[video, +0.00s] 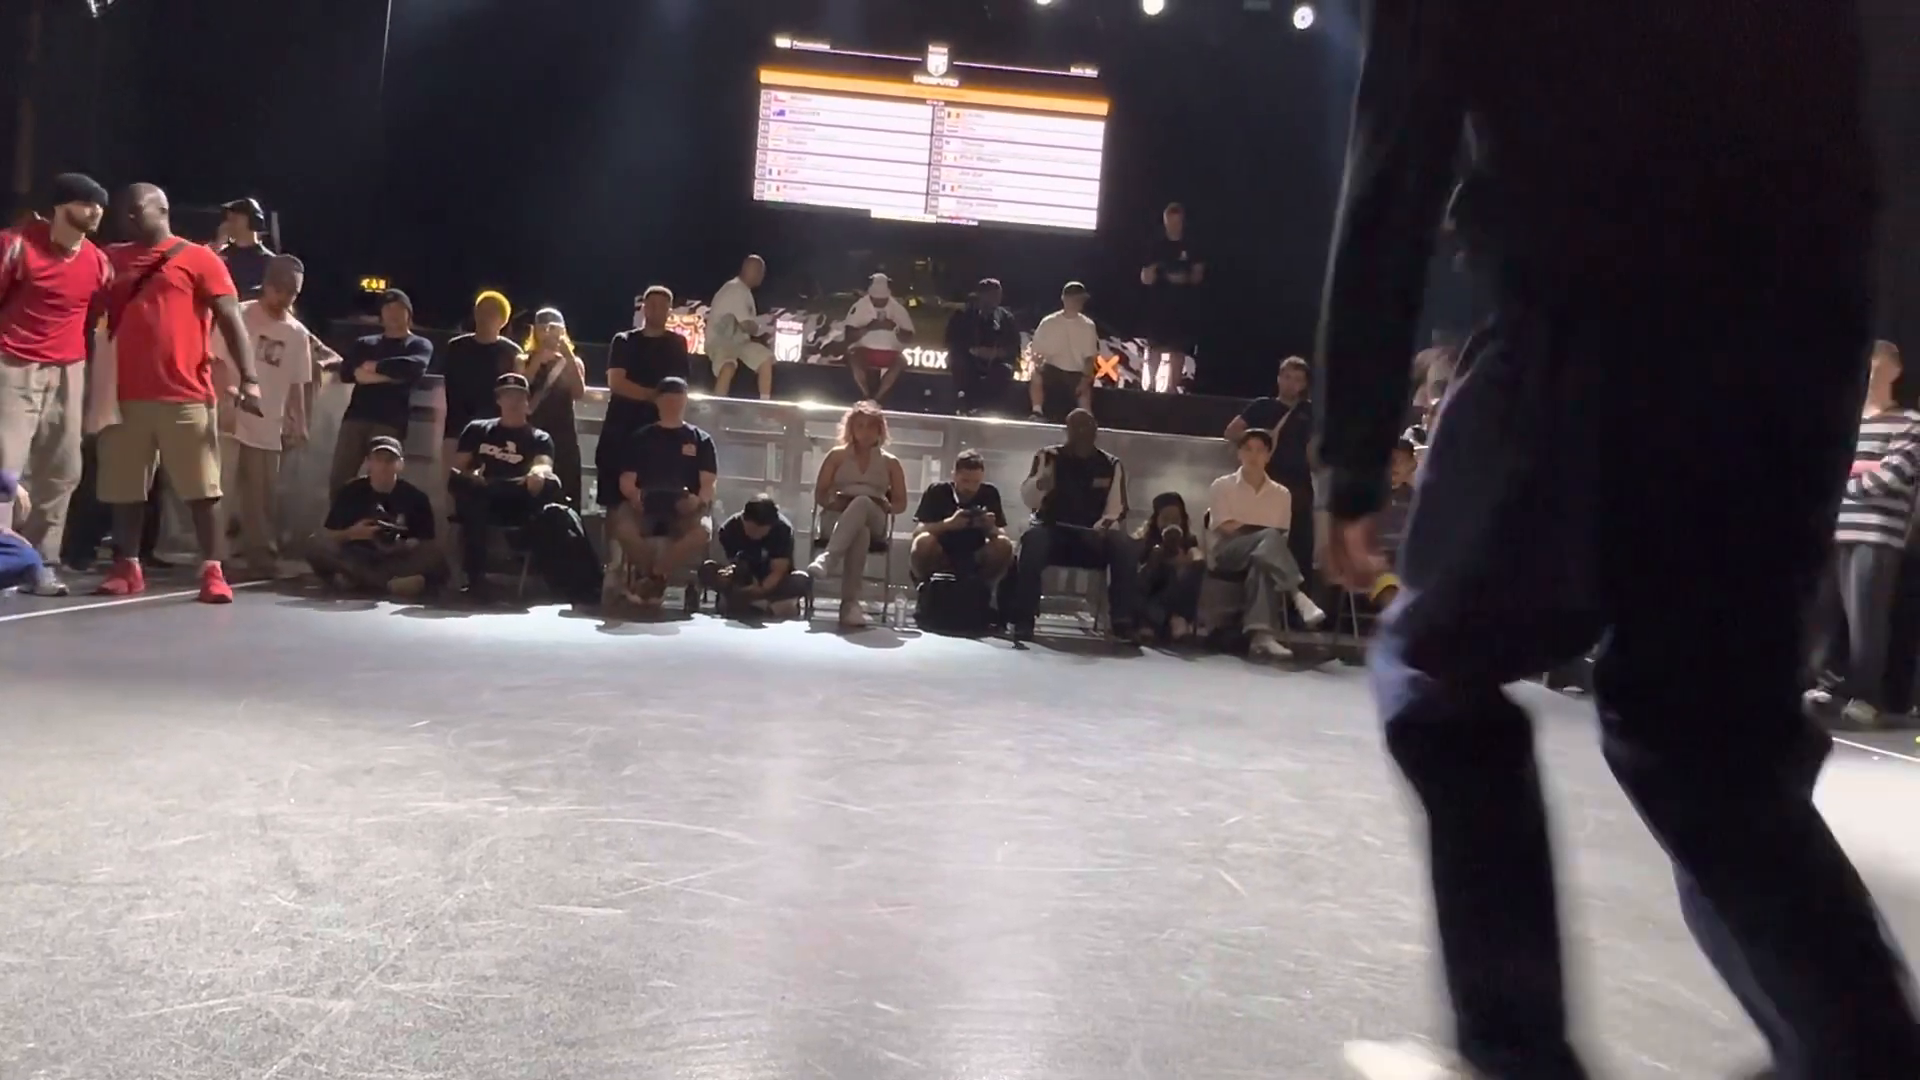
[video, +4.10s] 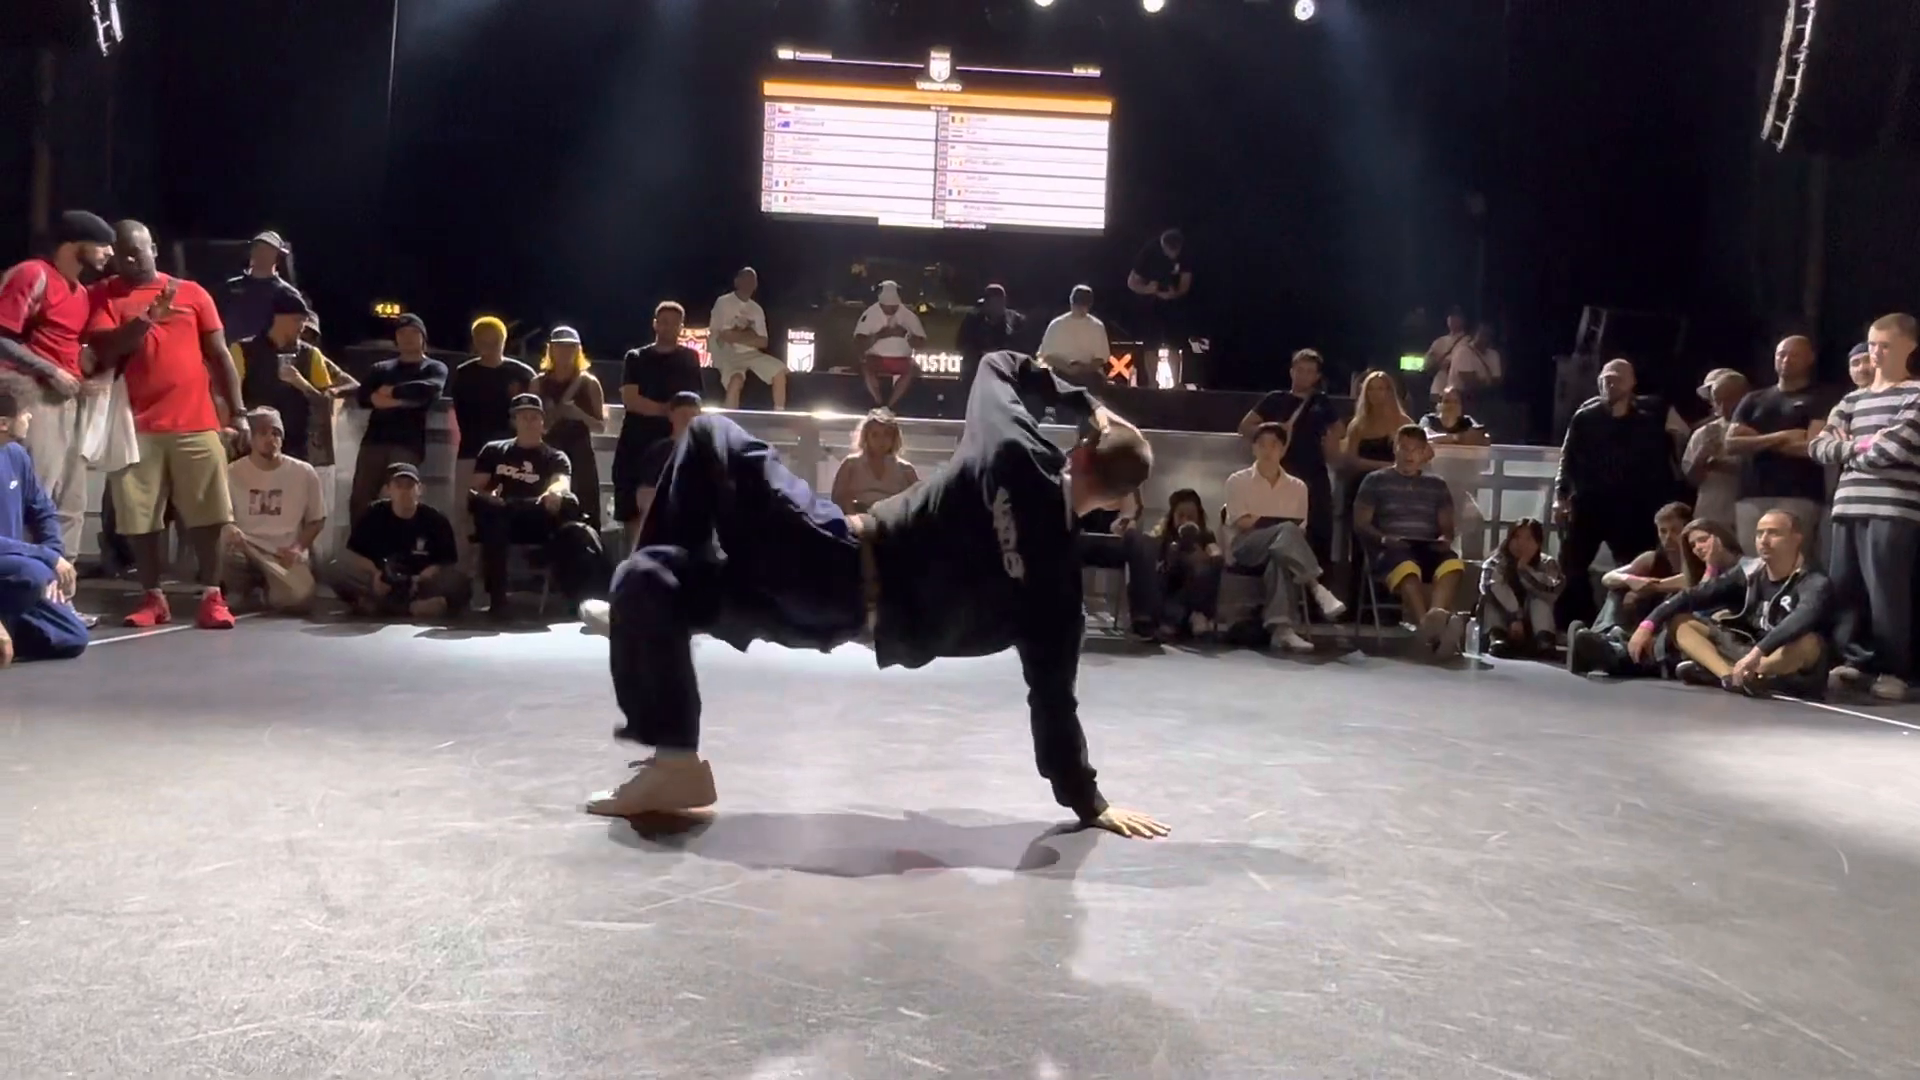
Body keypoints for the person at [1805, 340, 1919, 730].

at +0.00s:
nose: (1871, 370)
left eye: (1880, 363)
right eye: (1869, 362)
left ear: (1896, 372)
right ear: (1861, 368)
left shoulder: (1908, 424)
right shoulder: (1846, 418)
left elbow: (1894, 475)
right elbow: (1827, 466)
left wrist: (1845, 482)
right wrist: (1865, 473)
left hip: (1877, 530)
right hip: (1835, 528)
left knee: (1865, 616)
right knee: (1828, 611)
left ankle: (1866, 697)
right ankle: (1826, 685)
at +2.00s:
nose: (1838, 357)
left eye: (1846, 349)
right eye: (1833, 350)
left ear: (1870, 348)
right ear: (1830, 352)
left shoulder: (1888, 398)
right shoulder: (1817, 400)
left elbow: (1869, 453)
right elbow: (1791, 448)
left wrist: (1818, 451)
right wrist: (1840, 447)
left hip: (1865, 509)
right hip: (1819, 510)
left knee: (1858, 588)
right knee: (1816, 585)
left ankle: (1862, 670)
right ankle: (1825, 662)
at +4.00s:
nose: (1874, 353)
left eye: (1883, 346)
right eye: (1871, 345)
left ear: (1909, 349)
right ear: (1866, 349)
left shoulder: (1914, 396)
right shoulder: (1852, 398)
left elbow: (1892, 450)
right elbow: (1817, 447)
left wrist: (1844, 449)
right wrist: (1865, 444)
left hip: (1892, 509)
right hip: (1845, 507)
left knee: (1886, 593)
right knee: (1845, 588)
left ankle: (1894, 674)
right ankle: (1854, 663)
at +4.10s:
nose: (1874, 353)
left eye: (1884, 345)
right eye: (1872, 345)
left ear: (1910, 348)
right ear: (1868, 348)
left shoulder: (1915, 396)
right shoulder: (1851, 400)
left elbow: (1892, 451)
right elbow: (1818, 447)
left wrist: (1844, 448)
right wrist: (1865, 445)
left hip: (1893, 511)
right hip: (1846, 509)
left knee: (1887, 594)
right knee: (1845, 589)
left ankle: (1896, 673)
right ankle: (1854, 662)